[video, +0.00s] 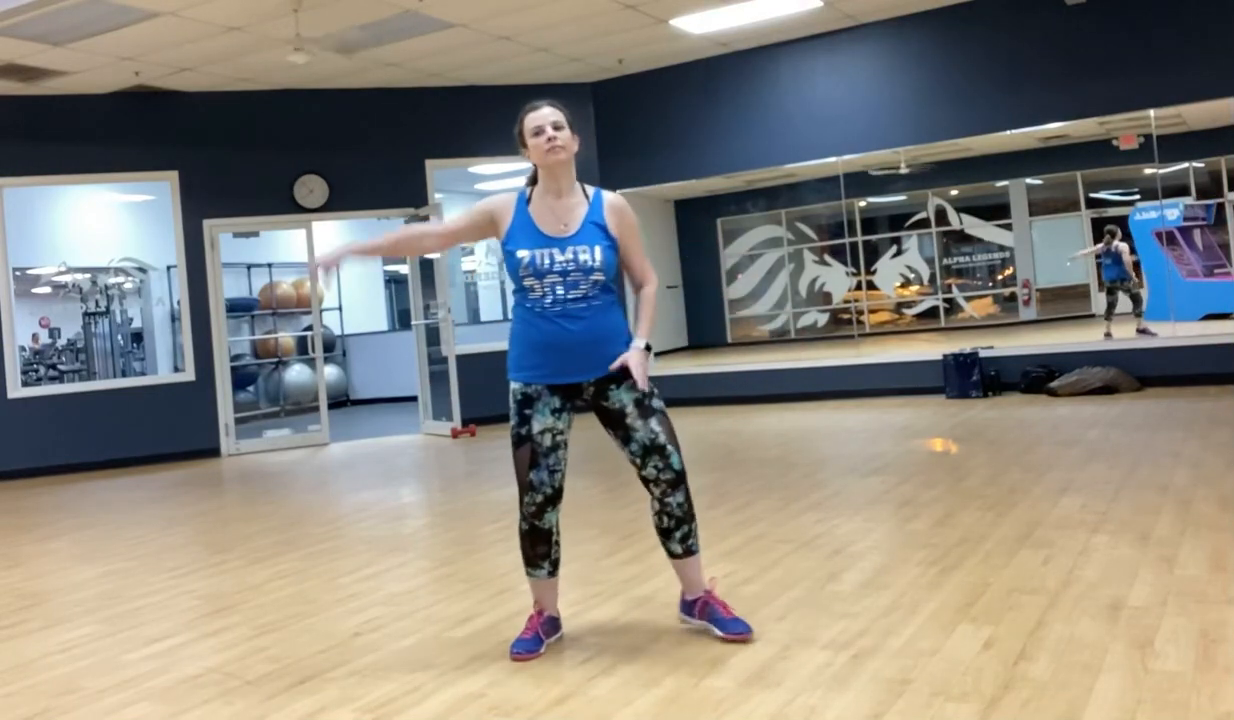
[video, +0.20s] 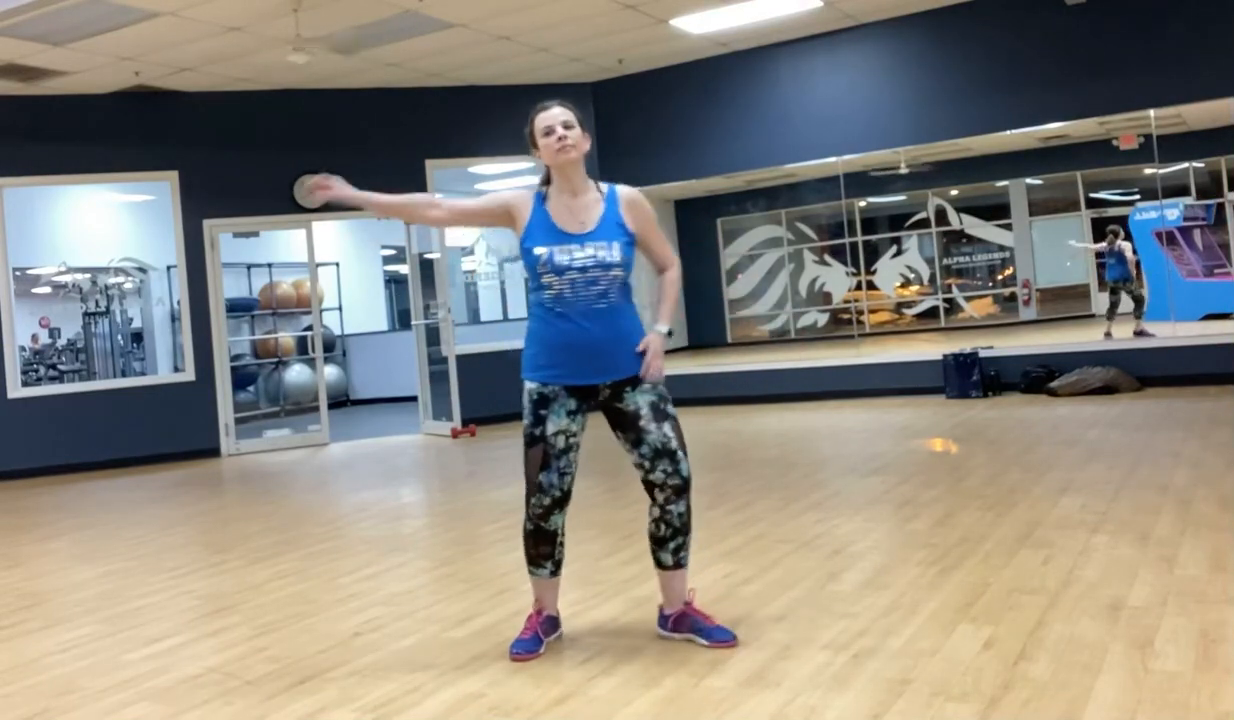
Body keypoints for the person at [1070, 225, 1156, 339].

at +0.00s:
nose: (1121, 234)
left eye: (1119, 232)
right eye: (1119, 232)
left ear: (1107, 235)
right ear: (1117, 234)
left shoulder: (1103, 246)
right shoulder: (1122, 246)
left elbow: (1090, 251)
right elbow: (1127, 262)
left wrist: (1076, 256)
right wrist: (1133, 276)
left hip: (1109, 280)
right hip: (1123, 279)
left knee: (1111, 304)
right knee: (1137, 299)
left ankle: (1107, 330)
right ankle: (1140, 325)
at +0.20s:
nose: (1123, 233)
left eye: (1122, 231)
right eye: (1122, 232)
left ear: (1110, 235)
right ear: (1120, 234)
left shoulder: (1106, 245)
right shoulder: (1126, 245)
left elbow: (1093, 247)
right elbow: (1130, 258)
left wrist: (1077, 245)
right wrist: (1133, 272)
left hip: (1112, 279)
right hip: (1125, 279)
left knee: (1113, 303)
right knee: (1139, 299)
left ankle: (1108, 330)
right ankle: (1138, 327)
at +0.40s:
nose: (1129, 234)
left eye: (1128, 232)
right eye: (1127, 233)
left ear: (1117, 237)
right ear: (1124, 236)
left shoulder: (1116, 247)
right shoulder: (1129, 245)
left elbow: (1103, 256)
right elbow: (1128, 259)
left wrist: (1090, 260)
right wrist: (1133, 276)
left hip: (1118, 280)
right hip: (1128, 280)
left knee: (1119, 302)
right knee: (1145, 302)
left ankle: (1101, 322)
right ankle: (1139, 328)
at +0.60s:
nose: (1131, 236)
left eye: (1129, 235)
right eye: (1129, 235)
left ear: (1120, 240)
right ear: (1126, 238)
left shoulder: (1121, 249)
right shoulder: (1127, 248)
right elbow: (1120, 261)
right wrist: (1128, 276)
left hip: (1121, 284)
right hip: (1129, 283)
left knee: (1118, 303)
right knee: (1149, 303)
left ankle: (1098, 323)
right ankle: (1139, 328)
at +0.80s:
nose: (1130, 237)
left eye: (1128, 236)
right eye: (1127, 236)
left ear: (1120, 241)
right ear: (1125, 239)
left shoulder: (1129, 250)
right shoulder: (1125, 249)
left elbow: (1146, 249)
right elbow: (1119, 262)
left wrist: (1164, 247)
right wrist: (1128, 278)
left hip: (1124, 284)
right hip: (1129, 284)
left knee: (1117, 304)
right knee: (1150, 304)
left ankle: (1097, 323)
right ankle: (1139, 328)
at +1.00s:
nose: (1129, 238)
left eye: (1128, 236)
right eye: (1127, 237)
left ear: (1119, 242)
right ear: (1125, 239)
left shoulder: (1127, 248)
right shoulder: (1125, 249)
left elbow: (1134, 235)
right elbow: (1118, 262)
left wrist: (1141, 224)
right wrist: (1127, 277)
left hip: (1127, 285)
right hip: (1131, 285)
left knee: (1120, 304)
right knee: (1151, 304)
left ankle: (1099, 321)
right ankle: (1140, 328)